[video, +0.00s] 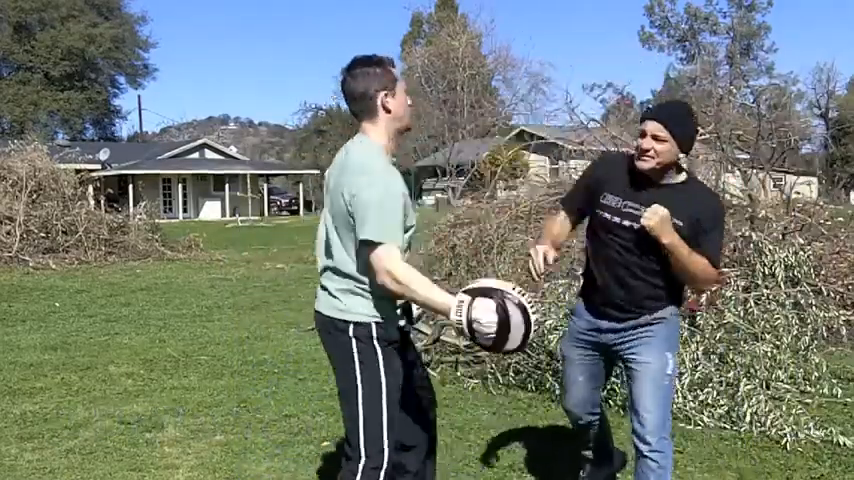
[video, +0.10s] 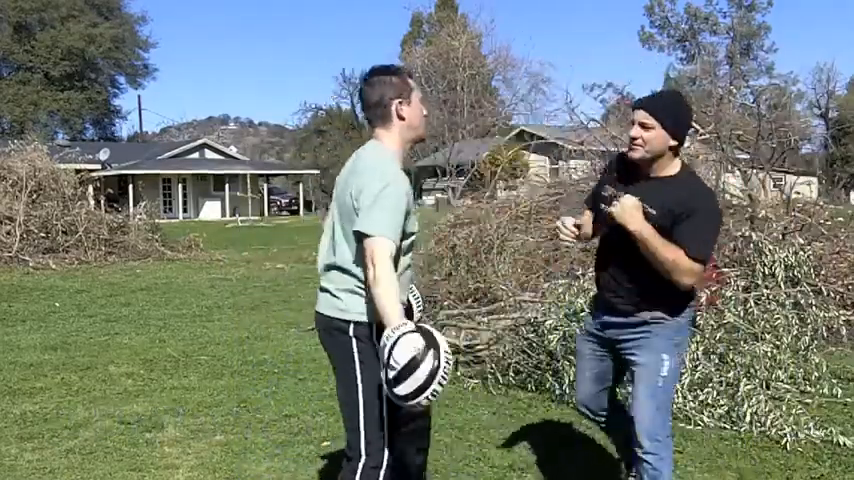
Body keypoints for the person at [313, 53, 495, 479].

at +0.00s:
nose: (411, 101)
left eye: (407, 91)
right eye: (405, 92)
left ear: (372, 106)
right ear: (386, 103)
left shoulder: (357, 157)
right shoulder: (374, 172)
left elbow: (346, 246)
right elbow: (386, 270)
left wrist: (404, 295)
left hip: (376, 316)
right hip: (359, 320)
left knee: (416, 427)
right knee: (375, 452)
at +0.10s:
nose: (425, 110)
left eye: (422, 101)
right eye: (419, 101)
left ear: (390, 111)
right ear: (400, 109)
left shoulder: (370, 162)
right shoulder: (384, 174)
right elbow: (377, 261)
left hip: (367, 315)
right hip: (357, 321)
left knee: (409, 433)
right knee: (370, 453)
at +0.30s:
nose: (436, 127)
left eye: (434, 119)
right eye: (433, 119)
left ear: (387, 129)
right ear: (421, 121)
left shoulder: (354, 182)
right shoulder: (419, 162)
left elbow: (313, 236)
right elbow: (452, 181)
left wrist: (352, 278)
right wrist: (506, 168)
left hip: (348, 307)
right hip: (385, 309)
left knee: (404, 430)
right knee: (376, 442)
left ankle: (410, 472)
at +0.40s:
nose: (436, 135)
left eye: (433, 128)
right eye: (433, 128)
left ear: (387, 136)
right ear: (423, 131)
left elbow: (314, 245)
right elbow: (526, 168)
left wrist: (356, 285)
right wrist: (594, 147)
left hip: (343, 304)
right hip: (389, 304)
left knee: (398, 420)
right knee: (367, 432)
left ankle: (409, 475)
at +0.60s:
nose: (436, 133)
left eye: (433, 123)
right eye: (432, 123)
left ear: (393, 129)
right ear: (415, 125)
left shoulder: (356, 182)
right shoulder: (419, 167)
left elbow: (326, 249)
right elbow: (477, 209)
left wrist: (372, 279)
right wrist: (541, 182)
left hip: (345, 299)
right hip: (381, 300)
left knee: (405, 425)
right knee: (387, 438)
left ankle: (414, 473)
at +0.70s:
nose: (425, 125)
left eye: (425, 116)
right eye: (422, 116)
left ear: (383, 117)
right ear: (403, 115)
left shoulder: (355, 170)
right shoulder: (399, 165)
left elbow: (333, 243)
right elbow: (455, 218)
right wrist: (498, 170)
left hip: (366, 302)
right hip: (368, 302)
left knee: (407, 429)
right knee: (368, 437)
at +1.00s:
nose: (390, 111)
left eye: (389, 102)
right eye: (385, 101)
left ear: (354, 106)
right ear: (360, 104)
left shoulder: (337, 157)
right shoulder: (362, 159)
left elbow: (346, 235)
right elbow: (431, 210)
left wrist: (387, 281)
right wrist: (466, 154)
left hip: (369, 302)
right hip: (345, 302)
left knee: (393, 423)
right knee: (340, 428)